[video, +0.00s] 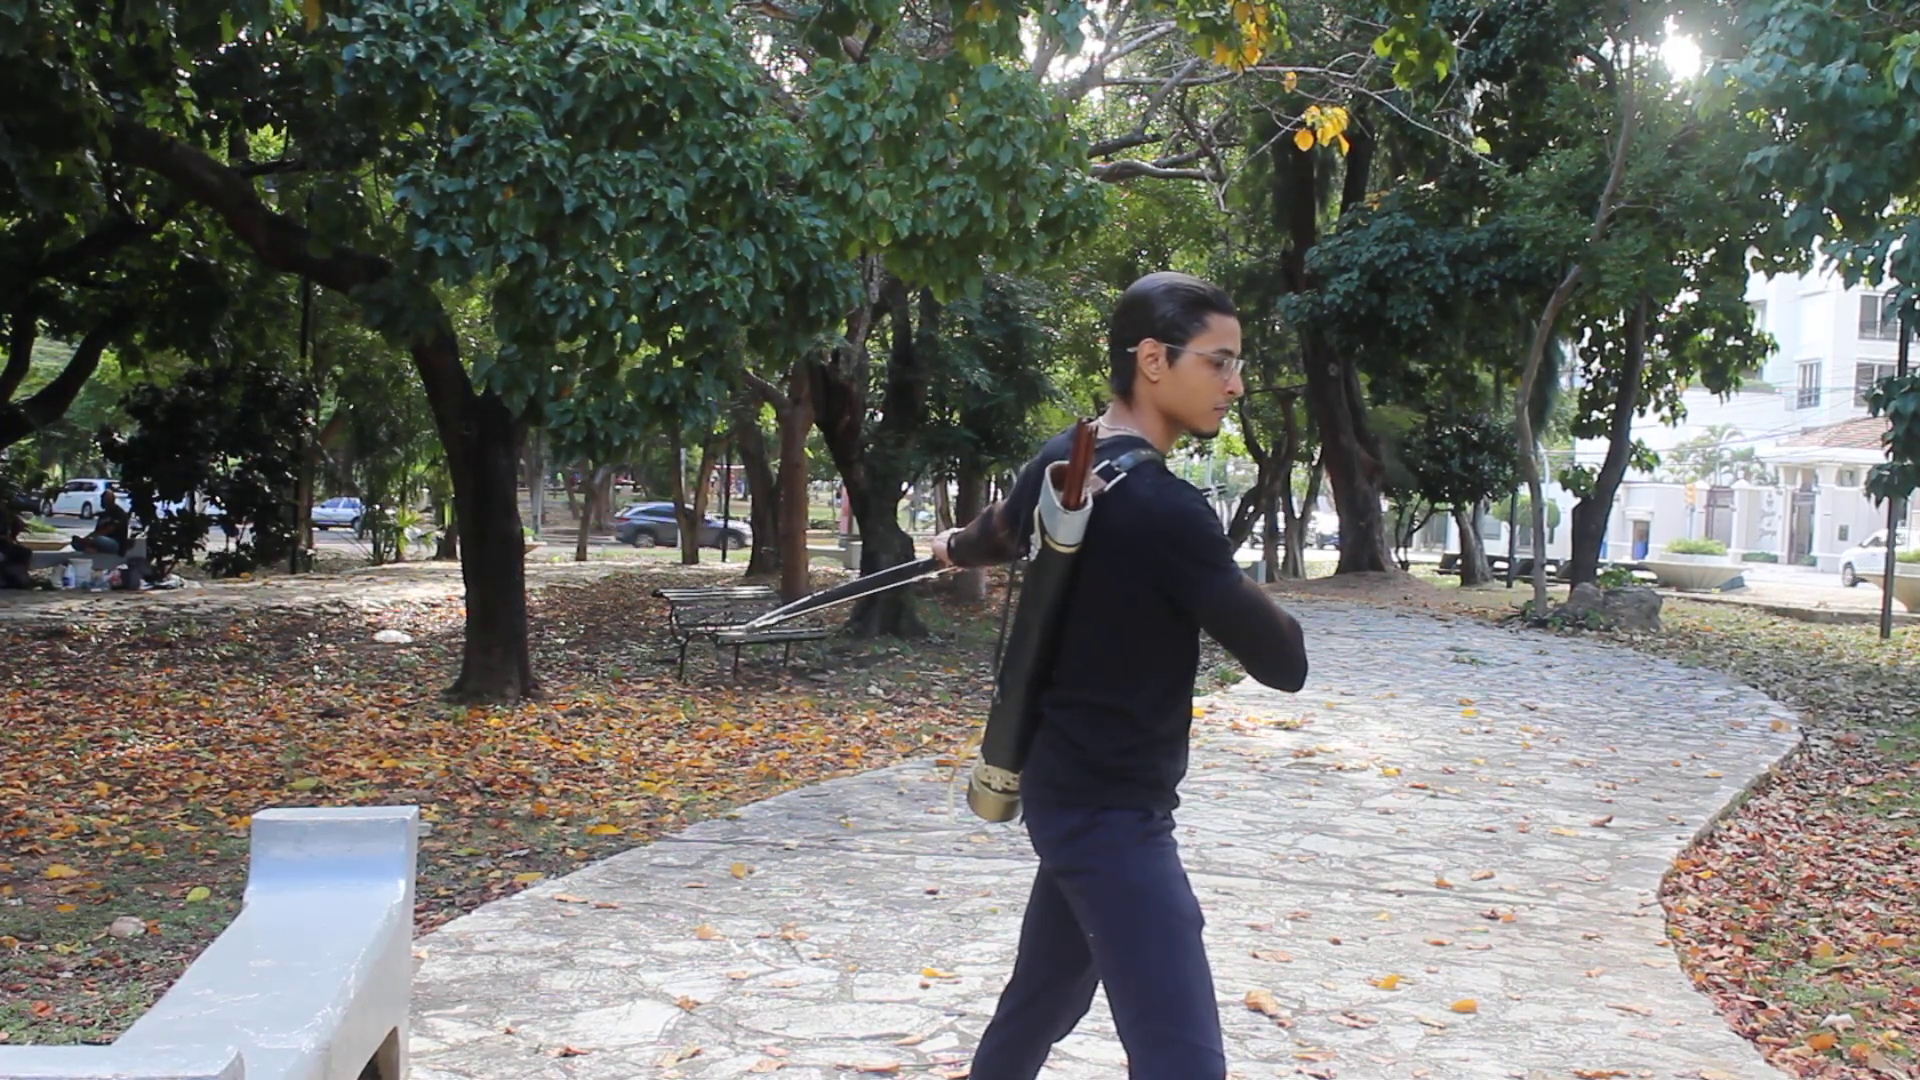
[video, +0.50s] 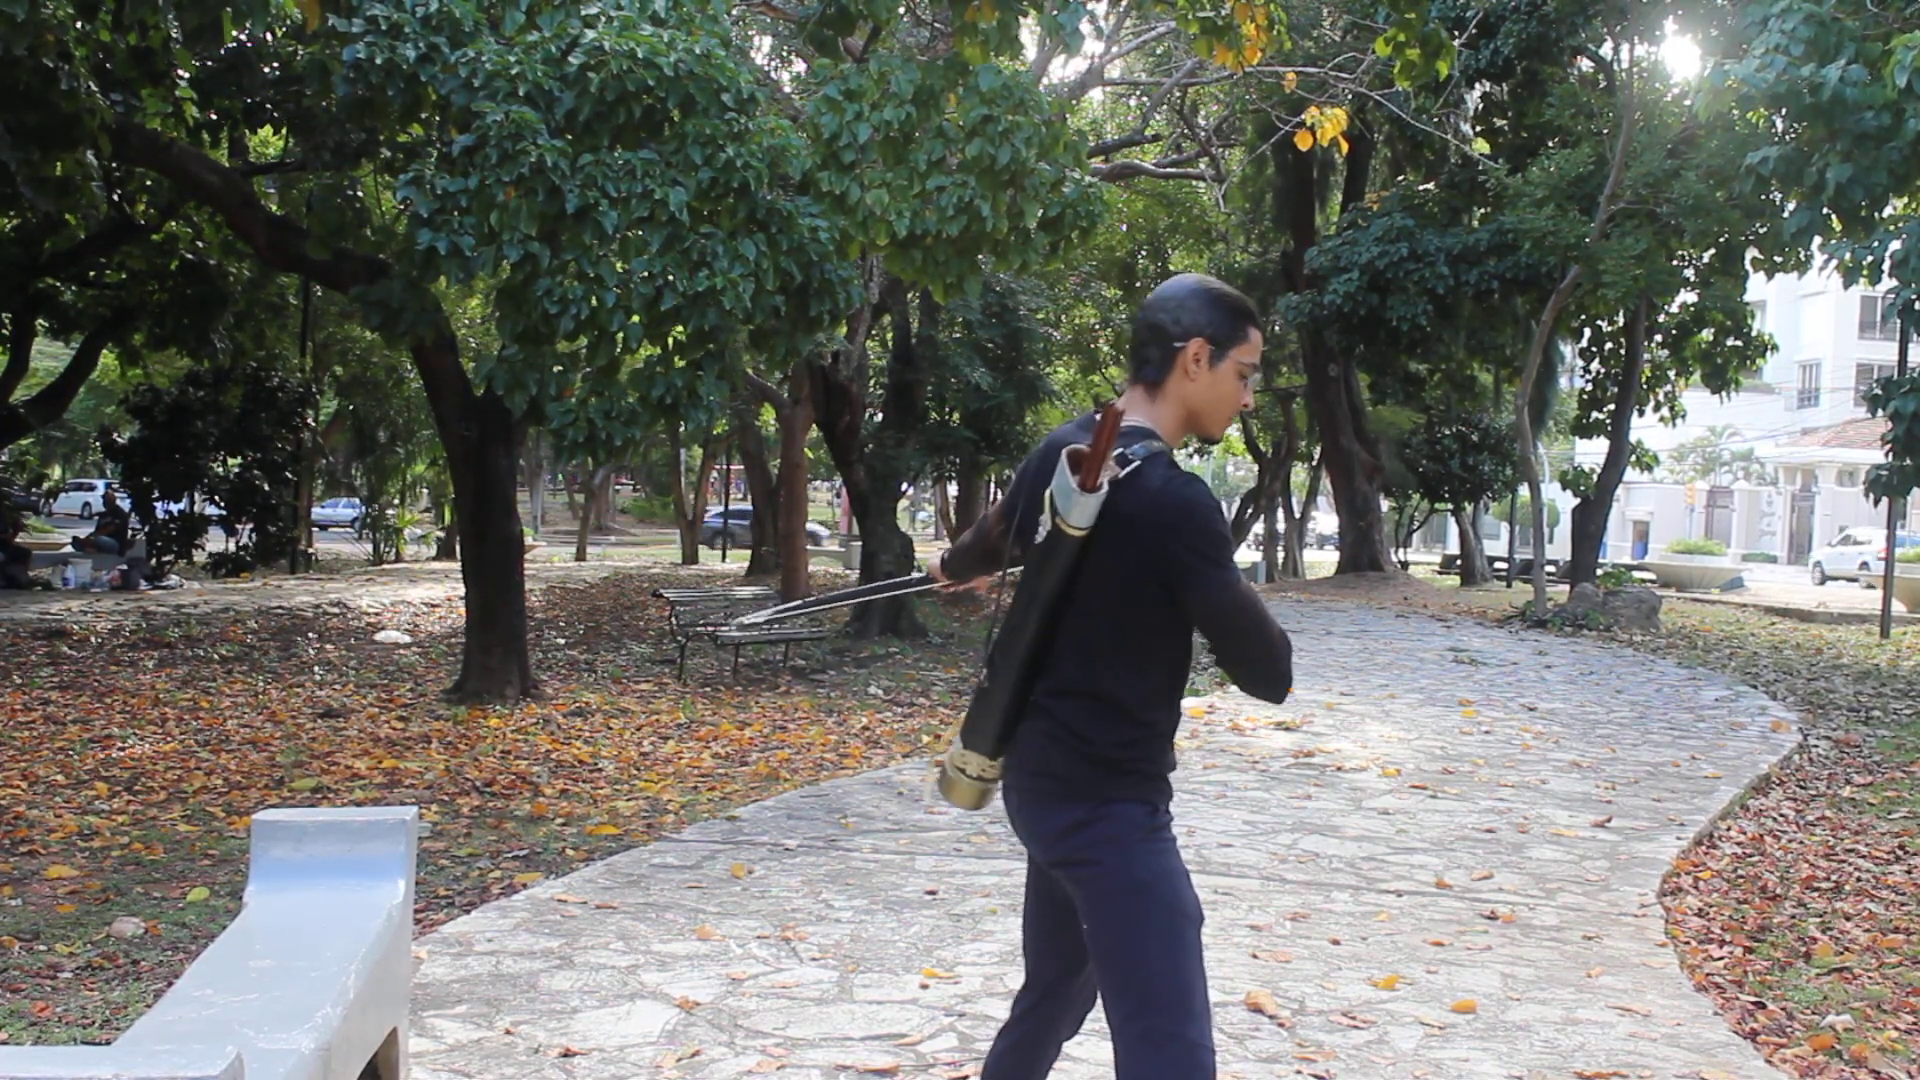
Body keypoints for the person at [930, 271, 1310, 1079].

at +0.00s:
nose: (1237, 384)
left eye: (1238, 363)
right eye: (1218, 362)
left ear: (1154, 368)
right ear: (1153, 363)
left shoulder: (1065, 456)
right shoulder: (1168, 508)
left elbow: (1000, 532)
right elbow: (1286, 663)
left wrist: (955, 548)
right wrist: (1235, 587)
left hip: (1072, 791)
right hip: (1113, 811)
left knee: (1039, 1008)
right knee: (1184, 1059)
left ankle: (986, 1077)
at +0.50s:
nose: (1250, 397)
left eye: (1253, 378)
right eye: (1245, 374)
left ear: (1173, 359)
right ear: (1192, 359)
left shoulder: (1066, 445)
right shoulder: (1174, 496)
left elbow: (985, 543)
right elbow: (1270, 674)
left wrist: (955, 567)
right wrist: (1221, 583)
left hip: (1046, 781)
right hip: (1107, 801)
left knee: (1053, 1000)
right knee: (1171, 1052)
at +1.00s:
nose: (1221, 423)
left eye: (1229, 405)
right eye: (1225, 399)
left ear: (1138, 373)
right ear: (1188, 376)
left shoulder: (1044, 456)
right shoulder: (1156, 491)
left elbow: (980, 609)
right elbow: (1182, 679)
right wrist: (1193, 631)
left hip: (1013, 763)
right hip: (1078, 779)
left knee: (1070, 1012)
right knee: (1137, 1041)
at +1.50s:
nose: (1247, 413)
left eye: (1255, 395)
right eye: (1249, 388)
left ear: (1183, 363)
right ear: (1203, 364)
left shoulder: (1090, 443)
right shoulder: (1136, 478)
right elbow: (1201, 671)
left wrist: (1197, 615)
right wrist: (1231, 623)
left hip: (1041, 766)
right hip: (1068, 781)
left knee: (1096, 1007)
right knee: (1127, 1031)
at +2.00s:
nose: (1221, 428)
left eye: (1226, 410)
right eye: (1218, 405)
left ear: (1158, 389)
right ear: (1167, 388)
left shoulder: (1079, 474)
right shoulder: (1110, 499)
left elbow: (1072, 640)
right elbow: (1141, 681)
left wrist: (1177, 643)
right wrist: (1208, 655)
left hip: (1057, 778)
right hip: (1074, 788)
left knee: (1057, 969)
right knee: (1130, 1001)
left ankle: (995, 1073)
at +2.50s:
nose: (1200, 406)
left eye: (1202, 386)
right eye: (1191, 384)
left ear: (1130, 377)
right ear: (1137, 373)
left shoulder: (1059, 458)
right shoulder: (1112, 484)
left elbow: (1007, 601)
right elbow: (1200, 639)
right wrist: (1204, 617)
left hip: (1032, 755)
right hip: (1061, 768)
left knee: (997, 967)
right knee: (1081, 1000)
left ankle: (967, 1075)